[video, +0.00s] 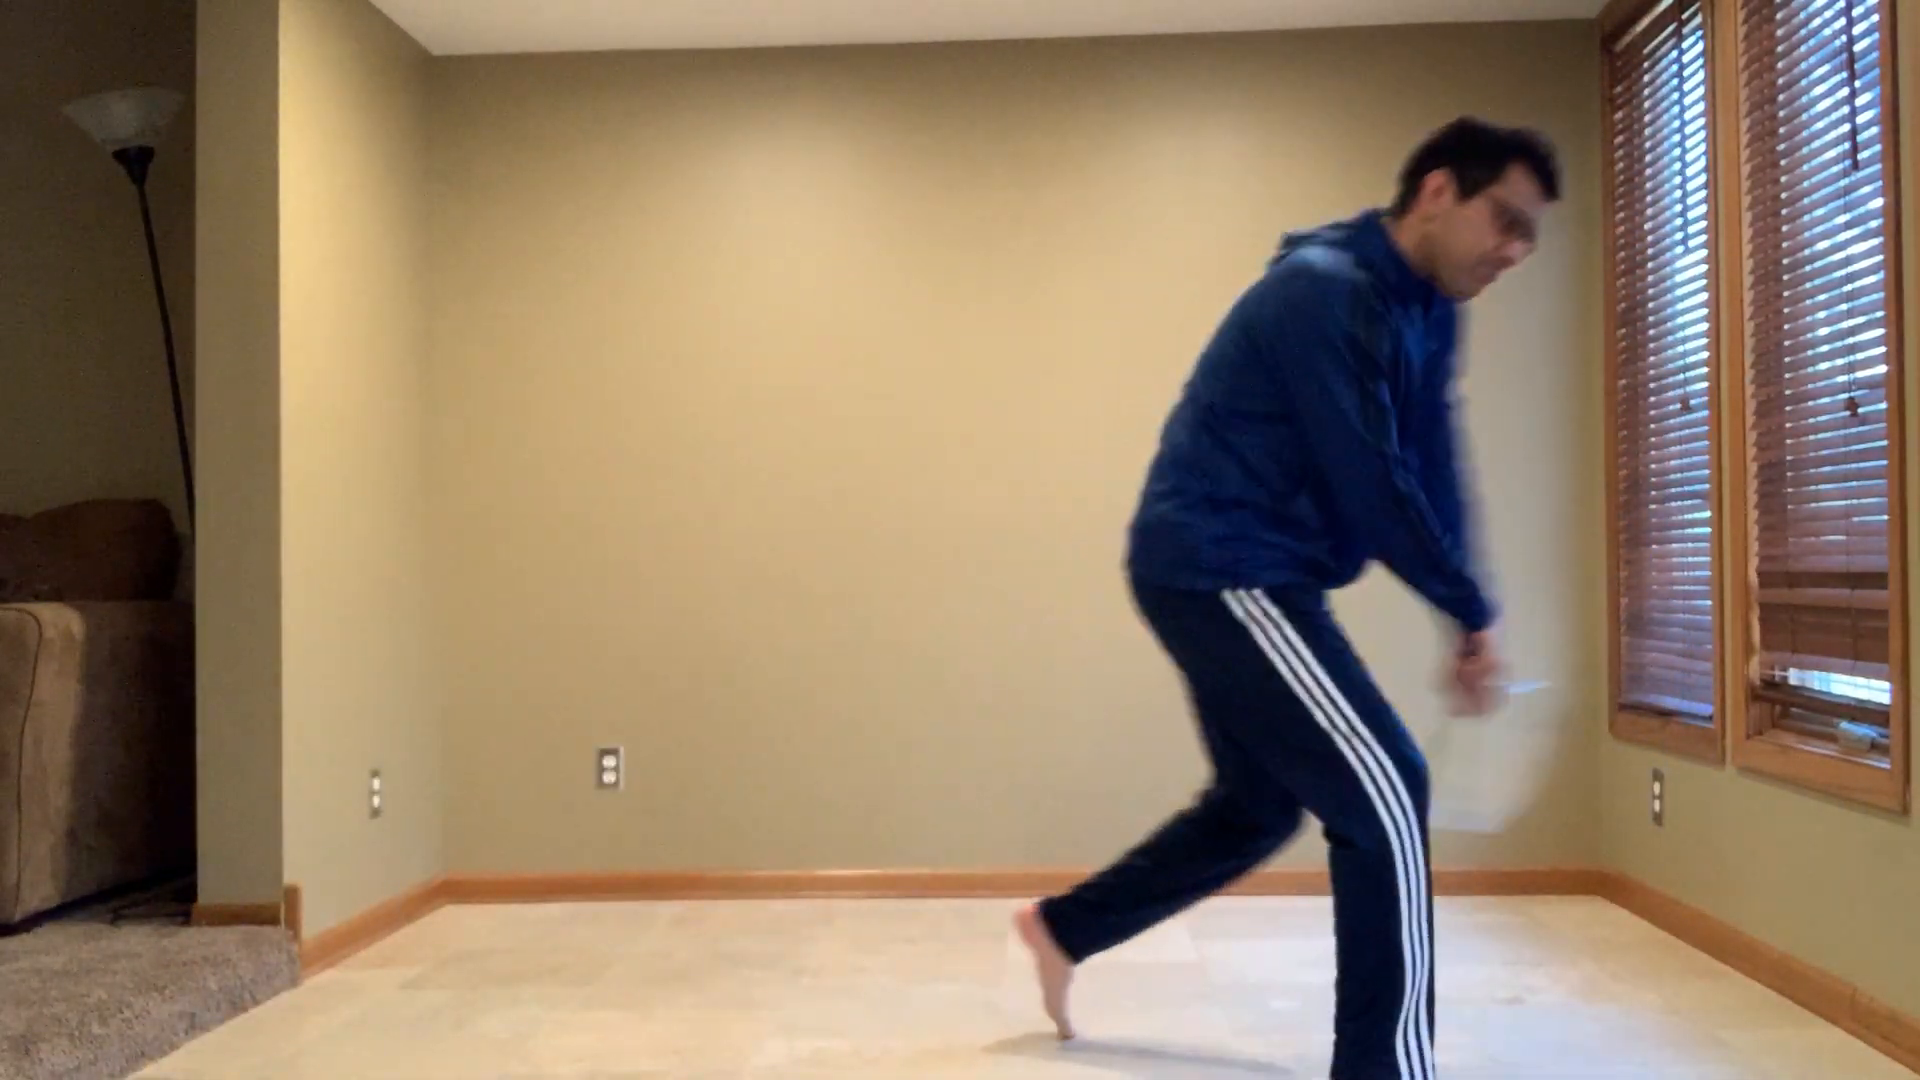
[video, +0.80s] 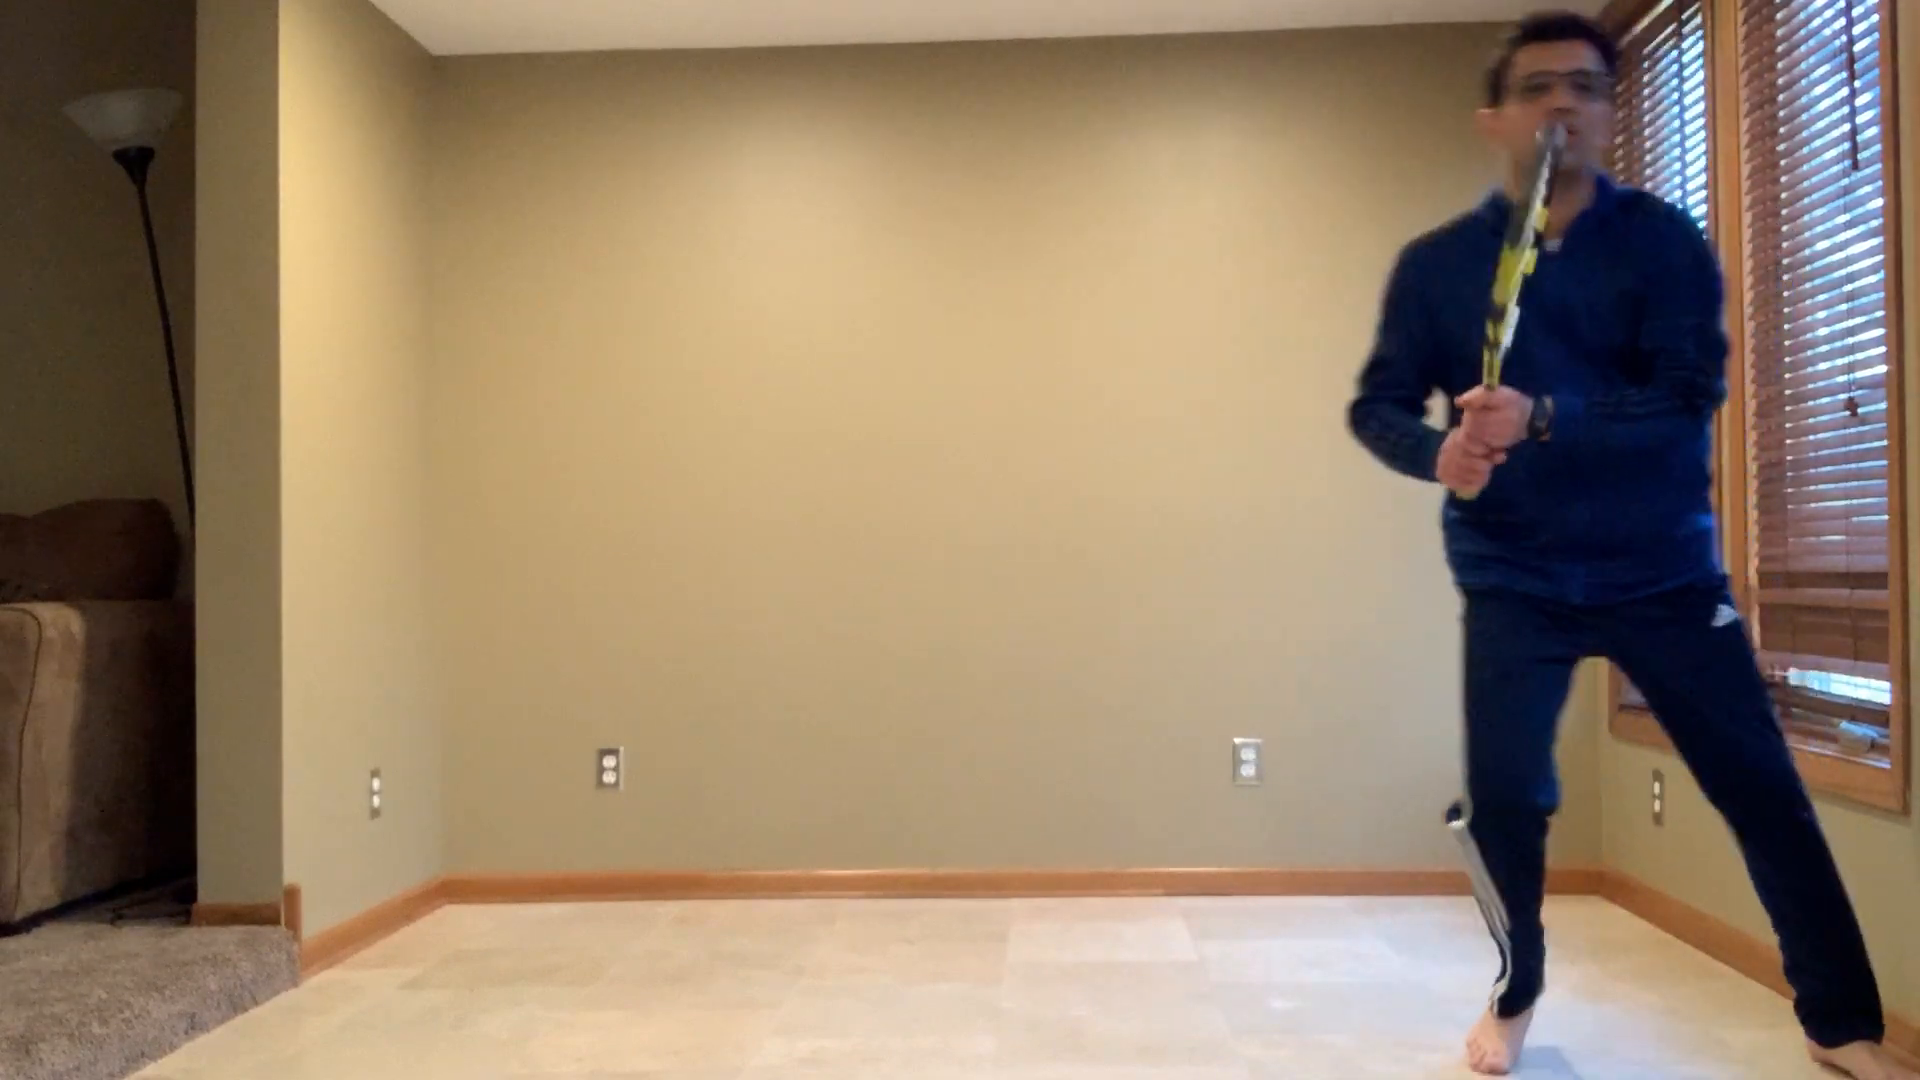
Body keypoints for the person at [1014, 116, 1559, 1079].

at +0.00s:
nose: (1515, 252)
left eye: (1527, 235)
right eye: (1507, 222)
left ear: (1443, 207)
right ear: (1436, 192)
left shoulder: (1426, 310)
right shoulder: (1324, 289)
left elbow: (1432, 464)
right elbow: (1367, 489)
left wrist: (1466, 613)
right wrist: (1472, 611)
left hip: (1268, 571)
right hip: (1213, 566)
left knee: (1260, 801)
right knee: (1381, 786)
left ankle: (1063, 927)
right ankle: (1384, 1066)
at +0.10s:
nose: (1580, 214)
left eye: (1595, 199)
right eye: (1571, 183)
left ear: (1598, 210)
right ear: (1499, 153)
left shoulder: (1526, 286)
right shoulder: (1359, 251)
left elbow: (1559, 380)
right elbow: (1349, 428)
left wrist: (1597, 411)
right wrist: (1503, 448)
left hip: (1361, 569)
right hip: (1278, 552)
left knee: (1371, 801)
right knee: (1423, 786)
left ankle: (1167, 926)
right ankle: (1383, 1065)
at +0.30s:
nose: (1684, 116)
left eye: (1702, 103)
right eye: (1669, 85)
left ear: (1703, 119)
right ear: (1594, 75)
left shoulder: (1665, 203)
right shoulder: (1482, 161)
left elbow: (1582, 233)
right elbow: (1397, 275)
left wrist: (1465, 123)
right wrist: (1433, 123)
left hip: (1538, 532)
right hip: (1417, 519)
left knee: (1631, 754)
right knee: (1465, 775)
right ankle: (1392, 1054)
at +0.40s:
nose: (1708, 106)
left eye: (1725, 93)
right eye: (1687, 79)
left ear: (1729, 111)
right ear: (1615, 83)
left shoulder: (1714, 203)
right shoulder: (1516, 179)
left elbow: (1651, 265)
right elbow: (1382, 284)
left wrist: (1517, 158)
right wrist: (1475, 150)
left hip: (1625, 531)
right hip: (1494, 524)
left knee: (1728, 770)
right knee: (1522, 769)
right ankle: (1438, 1039)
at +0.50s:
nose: (1727, 118)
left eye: (1741, 105)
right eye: (1702, 94)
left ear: (1746, 129)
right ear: (1630, 113)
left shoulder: (1746, 228)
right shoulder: (1545, 233)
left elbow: (1696, 310)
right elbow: (1397, 360)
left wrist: (1552, 217)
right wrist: (1484, 256)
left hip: (1698, 566)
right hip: (1557, 563)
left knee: (1806, 797)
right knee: (1584, 802)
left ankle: (1851, 1036)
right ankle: (1494, 1051)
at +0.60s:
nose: (1719, 107)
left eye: (1731, 94)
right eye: (1691, 89)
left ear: (1742, 122)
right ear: (1623, 116)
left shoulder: (1758, 233)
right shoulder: (1543, 246)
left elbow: (1728, 363)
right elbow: (1431, 396)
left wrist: (1578, 327)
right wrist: (1494, 380)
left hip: (1712, 568)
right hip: (1569, 568)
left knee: (1817, 794)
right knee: (1590, 800)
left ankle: (1847, 1035)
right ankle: (1532, 1049)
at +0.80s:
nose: (1562, 106)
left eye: (1585, 88)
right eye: (1537, 89)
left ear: (1613, 116)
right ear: (1492, 117)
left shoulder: (1666, 242)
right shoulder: (1439, 264)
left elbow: (1689, 400)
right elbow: (1378, 409)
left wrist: (1542, 412)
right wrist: (1433, 454)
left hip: (1663, 575)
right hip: (1514, 581)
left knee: (1765, 792)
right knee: (1501, 803)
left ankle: (1845, 1030)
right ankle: (1516, 979)